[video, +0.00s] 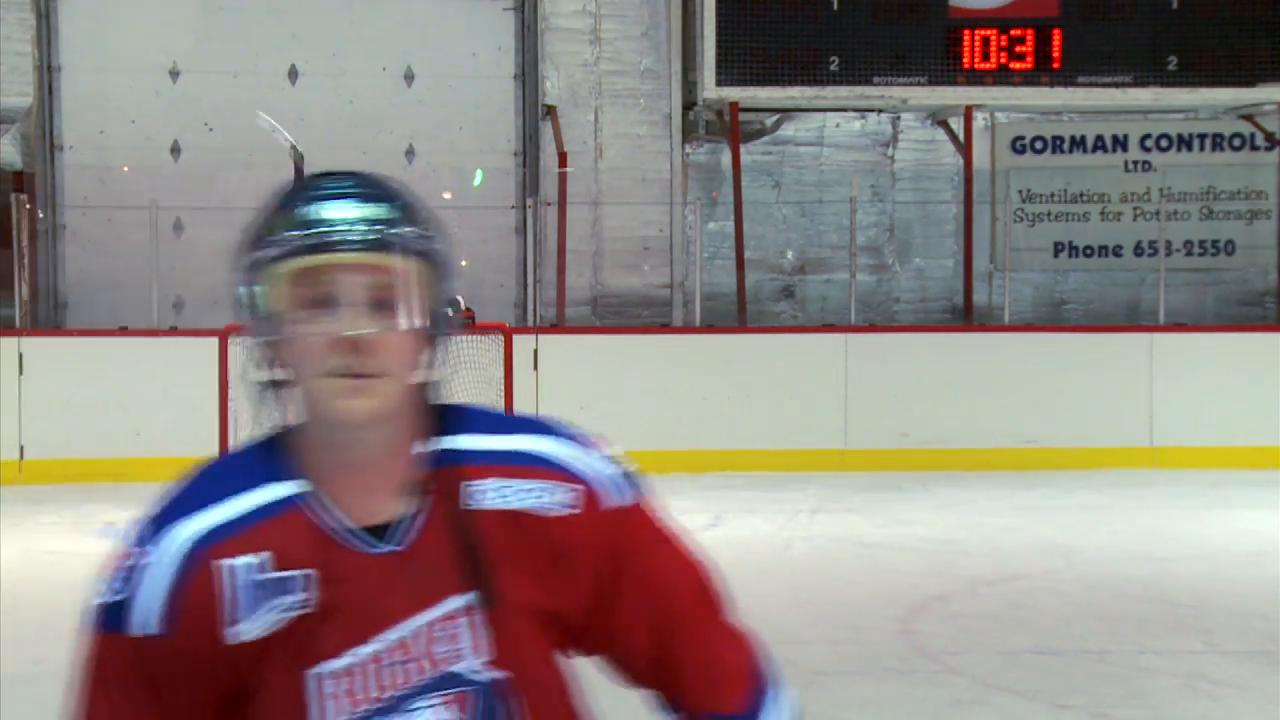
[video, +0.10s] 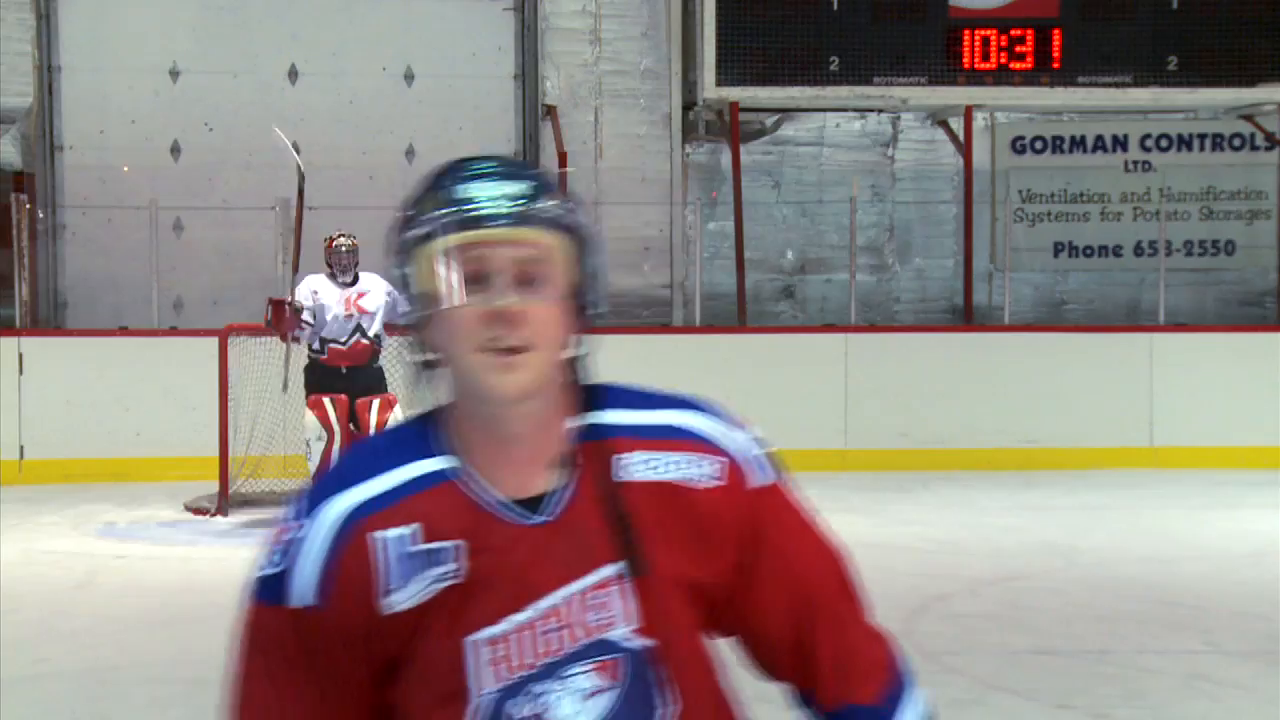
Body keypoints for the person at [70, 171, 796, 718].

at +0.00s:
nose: (353, 333)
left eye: (383, 302)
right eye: (318, 304)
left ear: (431, 327)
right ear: (269, 336)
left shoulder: (553, 487)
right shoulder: (185, 563)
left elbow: (729, 685)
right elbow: (123, 712)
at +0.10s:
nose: (502, 301)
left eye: (530, 274)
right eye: (470, 275)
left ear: (576, 304)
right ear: (422, 310)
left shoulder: (699, 460)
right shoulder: (340, 534)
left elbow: (855, 674)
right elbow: (283, 710)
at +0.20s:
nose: (624, 265)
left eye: (649, 236)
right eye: (588, 245)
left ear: (695, 269)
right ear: (544, 292)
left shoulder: (821, 427)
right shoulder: (469, 497)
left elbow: (959, 672)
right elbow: (421, 710)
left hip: (814, 706)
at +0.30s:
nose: (721, 221)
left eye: (745, 192)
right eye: (684, 200)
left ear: (792, 230)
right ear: (642, 250)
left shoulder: (912, 388)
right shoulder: (569, 452)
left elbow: (1027, 659)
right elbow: (518, 704)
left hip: (901, 711)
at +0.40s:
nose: (798, 205)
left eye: (824, 179)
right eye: (766, 181)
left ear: (868, 213)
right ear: (720, 221)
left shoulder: (986, 365)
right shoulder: (649, 419)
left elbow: (1075, 626)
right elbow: (586, 687)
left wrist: (1089, 714)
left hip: (971, 707)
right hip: (743, 708)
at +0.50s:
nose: (853, 199)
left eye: (880, 170)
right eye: (822, 173)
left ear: (923, 202)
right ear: (777, 210)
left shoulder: (1046, 355)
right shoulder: (693, 405)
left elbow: (1128, 642)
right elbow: (637, 682)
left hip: (1028, 706)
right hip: (795, 706)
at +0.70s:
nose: (915, 184)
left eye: (945, 155)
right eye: (886, 157)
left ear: (990, 189)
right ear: (844, 194)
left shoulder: (1112, 347)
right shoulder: (753, 382)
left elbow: (1205, 631)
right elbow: (695, 673)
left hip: (1079, 707)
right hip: (838, 708)